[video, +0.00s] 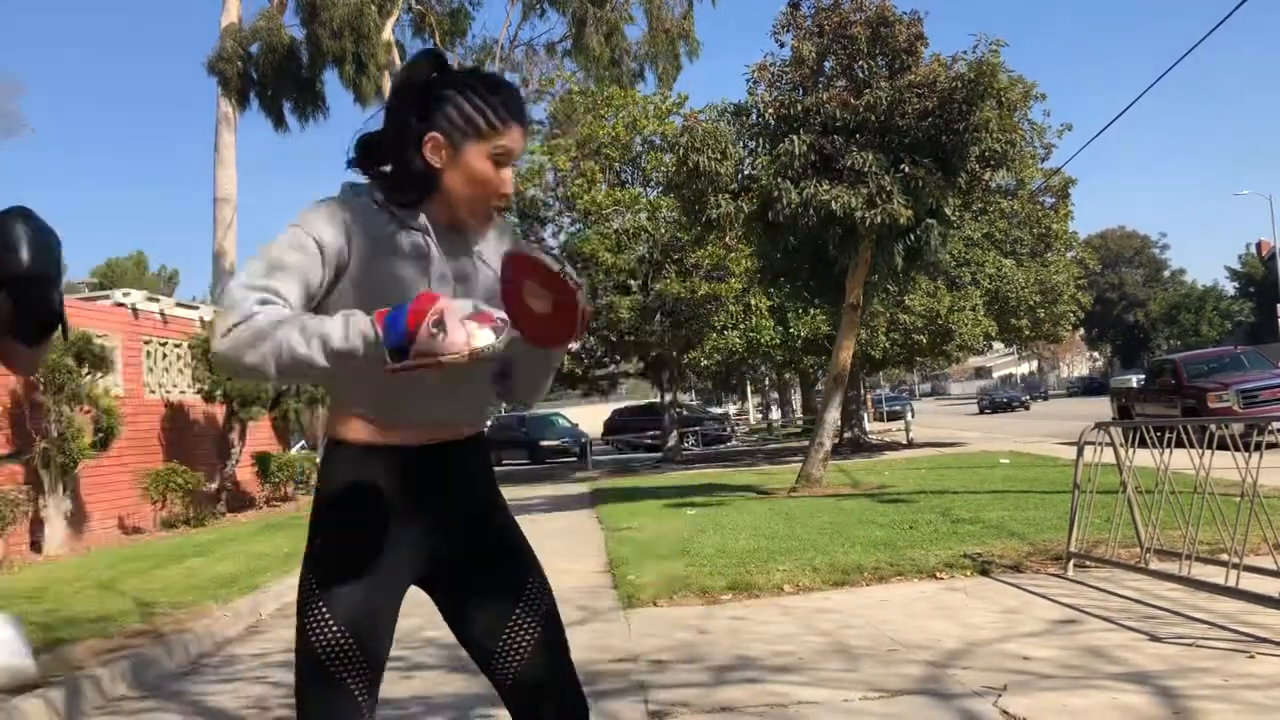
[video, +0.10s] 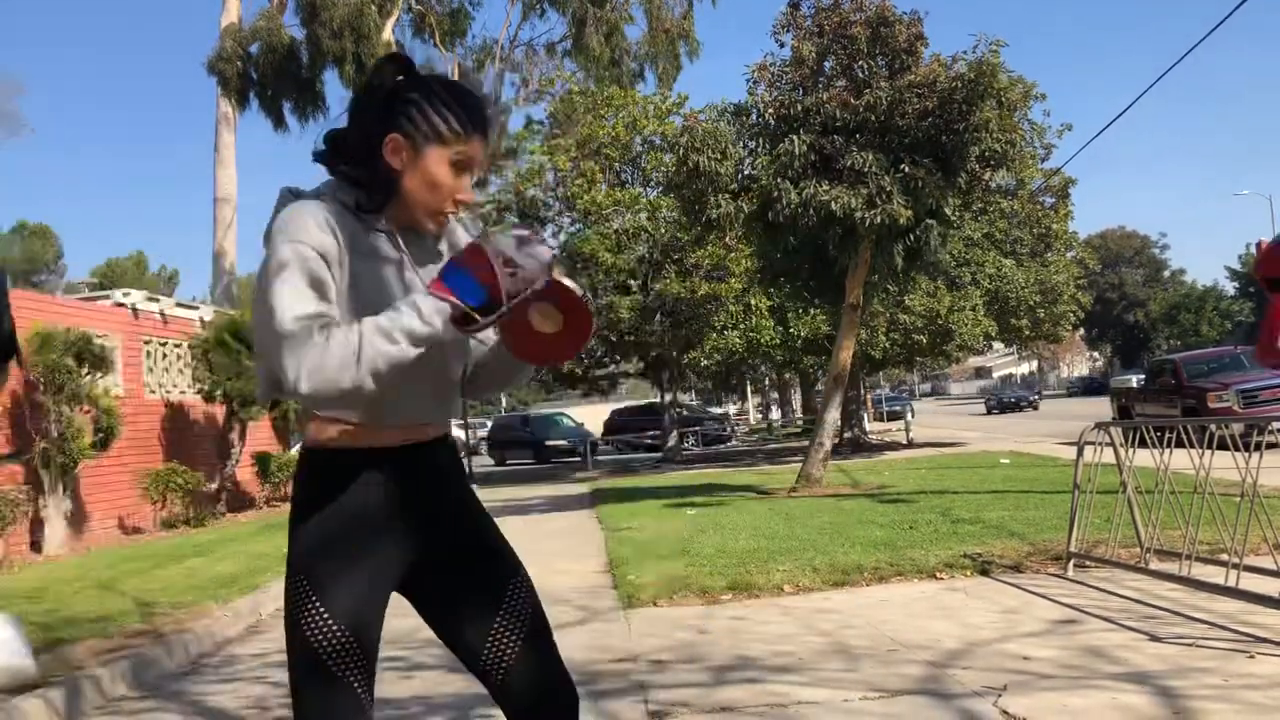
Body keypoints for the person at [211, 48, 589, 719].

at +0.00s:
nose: (511, 183)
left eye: (515, 164)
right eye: (499, 160)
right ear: (437, 150)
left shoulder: (499, 245)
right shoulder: (344, 226)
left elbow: (521, 392)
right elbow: (238, 334)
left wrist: (546, 332)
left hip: (465, 489)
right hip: (363, 492)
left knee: (554, 701)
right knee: (333, 707)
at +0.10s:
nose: (469, 194)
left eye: (476, 176)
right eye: (460, 168)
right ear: (397, 152)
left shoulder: (450, 242)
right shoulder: (311, 225)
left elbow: (467, 380)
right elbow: (308, 365)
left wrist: (532, 330)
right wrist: (445, 302)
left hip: (437, 489)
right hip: (344, 496)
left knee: (547, 696)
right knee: (332, 708)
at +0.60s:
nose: (466, 190)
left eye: (475, 173)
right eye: (454, 167)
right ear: (392, 150)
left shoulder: (447, 249)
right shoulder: (309, 231)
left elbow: (545, 320)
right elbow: (312, 369)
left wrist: (540, 217)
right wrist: (435, 291)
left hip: (434, 488)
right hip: (344, 494)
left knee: (529, 696)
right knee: (328, 706)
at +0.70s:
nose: (451, 191)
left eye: (459, 173)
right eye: (439, 168)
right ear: (378, 152)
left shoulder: (433, 249)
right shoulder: (295, 237)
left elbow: (541, 295)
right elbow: (314, 377)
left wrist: (522, 189)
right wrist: (422, 288)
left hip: (431, 492)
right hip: (342, 500)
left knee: (541, 698)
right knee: (330, 708)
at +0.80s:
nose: (452, 193)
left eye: (459, 174)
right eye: (439, 168)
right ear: (377, 152)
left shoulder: (432, 252)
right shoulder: (296, 241)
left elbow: (544, 280)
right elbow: (318, 388)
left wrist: (511, 174)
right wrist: (423, 291)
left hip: (436, 495)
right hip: (347, 505)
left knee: (560, 693)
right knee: (337, 709)